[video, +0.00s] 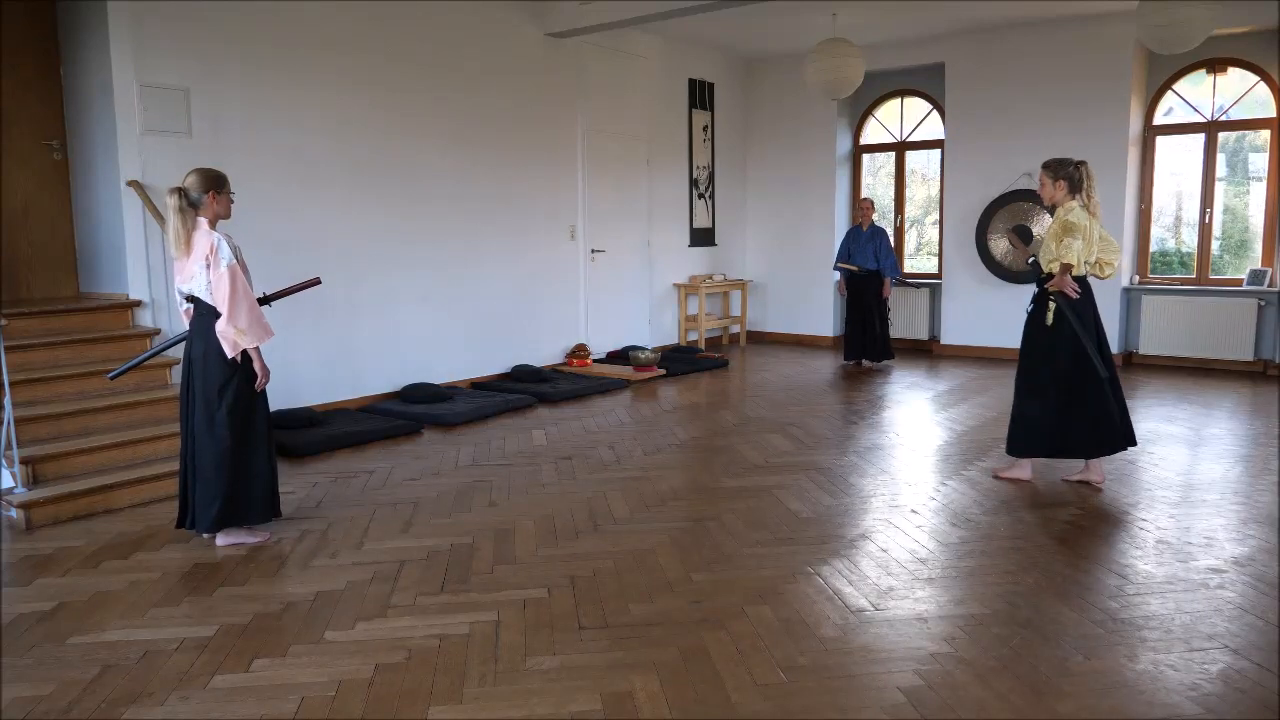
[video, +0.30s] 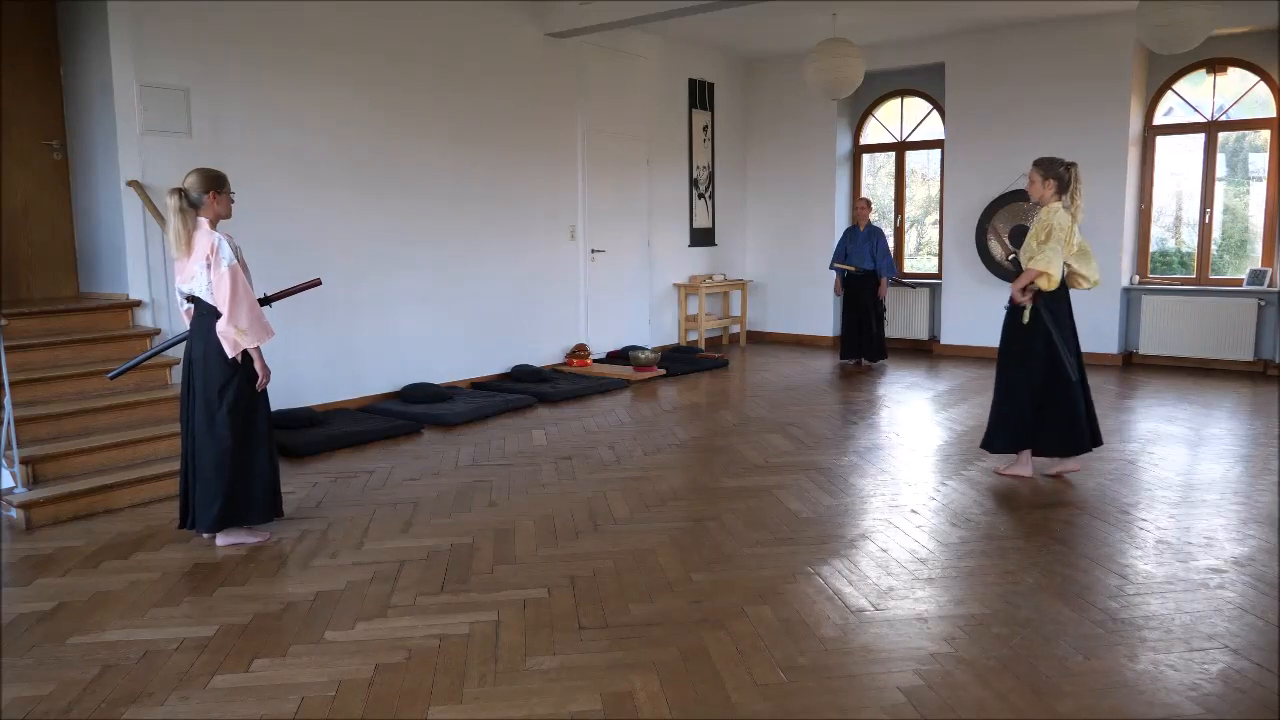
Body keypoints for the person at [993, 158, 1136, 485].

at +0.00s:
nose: (1038, 190)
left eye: (1042, 184)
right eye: (1038, 184)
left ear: (1061, 185)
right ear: (1068, 187)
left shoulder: (1068, 214)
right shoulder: (1086, 216)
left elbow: (1070, 246)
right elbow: (1109, 256)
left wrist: (1062, 275)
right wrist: (1085, 271)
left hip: (1053, 304)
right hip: (1079, 303)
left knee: (1033, 379)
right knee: (1083, 381)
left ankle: (1024, 463)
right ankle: (1094, 467)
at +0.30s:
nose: (1027, 186)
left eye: (1032, 181)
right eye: (1028, 180)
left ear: (1049, 184)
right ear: (1051, 185)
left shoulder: (1053, 215)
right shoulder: (1060, 215)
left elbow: (1048, 259)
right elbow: (1066, 261)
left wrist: (1018, 283)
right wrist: (1034, 278)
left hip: (1037, 302)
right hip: (1054, 302)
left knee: (1023, 377)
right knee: (1058, 376)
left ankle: (1023, 460)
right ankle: (1071, 454)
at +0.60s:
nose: (1023, 185)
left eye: (1028, 179)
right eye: (1024, 179)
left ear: (1047, 183)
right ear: (1048, 184)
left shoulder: (1043, 217)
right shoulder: (1056, 215)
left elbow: (1024, 269)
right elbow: (1041, 263)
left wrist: (991, 310)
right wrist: (1008, 253)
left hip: (1033, 302)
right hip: (1043, 299)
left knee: (1026, 375)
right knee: (1029, 374)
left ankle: (1024, 458)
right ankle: (1020, 453)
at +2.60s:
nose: (1011, 185)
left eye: (1015, 179)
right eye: (1013, 179)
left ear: (1030, 182)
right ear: (1034, 182)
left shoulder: (1032, 216)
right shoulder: (1048, 213)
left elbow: (1021, 267)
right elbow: (1018, 254)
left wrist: (1001, 308)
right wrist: (987, 243)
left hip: (1028, 301)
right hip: (1041, 297)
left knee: (1026, 376)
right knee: (1033, 375)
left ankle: (1025, 459)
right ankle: (1026, 455)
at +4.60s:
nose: (984, 187)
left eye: (988, 181)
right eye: (985, 181)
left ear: (1003, 184)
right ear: (1010, 185)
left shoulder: (1004, 217)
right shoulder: (1022, 216)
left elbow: (992, 269)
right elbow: (994, 266)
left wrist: (973, 308)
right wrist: (965, 251)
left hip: (1000, 302)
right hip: (1015, 298)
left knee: (1000, 375)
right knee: (1008, 375)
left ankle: (1005, 457)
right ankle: (1007, 454)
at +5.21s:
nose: (956, 192)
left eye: (959, 187)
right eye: (957, 186)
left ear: (975, 188)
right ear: (980, 189)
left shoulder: (976, 218)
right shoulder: (995, 215)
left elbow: (983, 265)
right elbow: (996, 257)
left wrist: (950, 277)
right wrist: (956, 250)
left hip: (978, 304)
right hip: (991, 301)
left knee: (988, 376)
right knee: (984, 375)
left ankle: (999, 458)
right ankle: (984, 449)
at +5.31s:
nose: (945, 195)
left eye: (948, 190)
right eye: (945, 189)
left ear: (963, 191)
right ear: (969, 191)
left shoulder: (965, 220)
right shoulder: (984, 217)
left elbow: (971, 265)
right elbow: (981, 258)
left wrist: (942, 266)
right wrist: (940, 252)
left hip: (966, 303)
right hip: (981, 300)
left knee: (950, 373)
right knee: (985, 375)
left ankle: (997, 459)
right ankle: (949, 443)